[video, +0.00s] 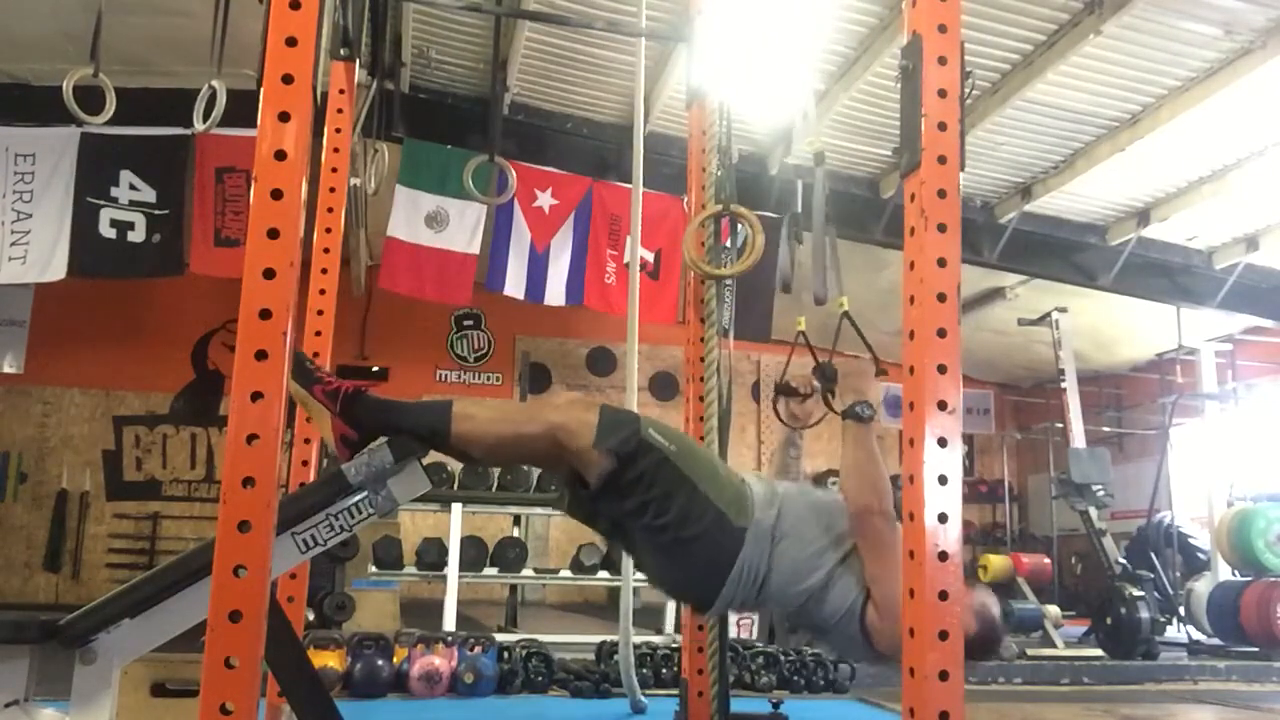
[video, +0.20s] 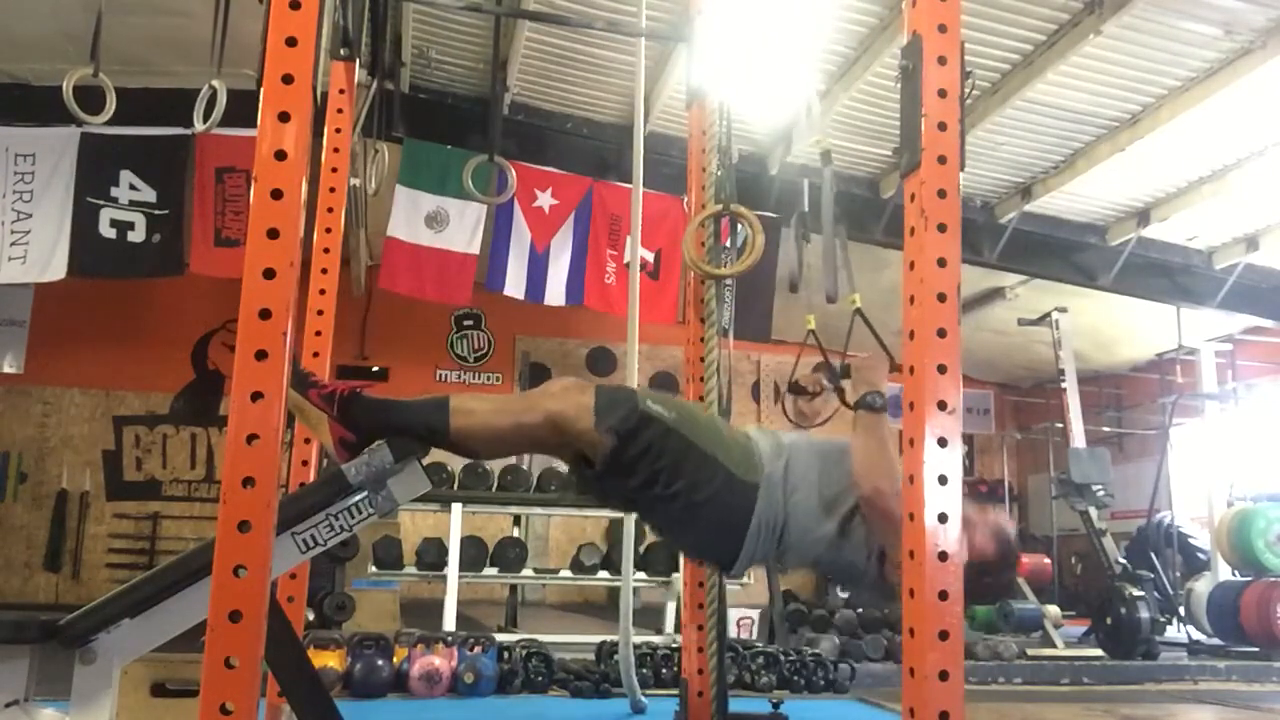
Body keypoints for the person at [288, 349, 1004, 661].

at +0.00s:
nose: (948, 588)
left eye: (958, 611)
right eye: (962, 590)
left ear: (951, 642)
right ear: (950, 590)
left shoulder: (905, 639)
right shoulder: (903, 585)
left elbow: (874, 517)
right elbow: (869, 515)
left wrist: (861, 408)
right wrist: (843, 407)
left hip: (736, 548)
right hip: (736, 513)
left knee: (586, 425)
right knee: (563, 431)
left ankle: (369, 414)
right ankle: (382, 422)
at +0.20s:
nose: (970, 515)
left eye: (980, 528)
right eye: (982, 515)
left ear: (965, 559)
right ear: (969, 526)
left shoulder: (916, 559)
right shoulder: (910, 543)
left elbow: (872, 462)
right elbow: (865, 439)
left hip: (746, 494)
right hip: (739, 485)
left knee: (571, 410)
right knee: (562, 413)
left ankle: (366, 413)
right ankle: (376, 419)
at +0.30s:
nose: (986, 467)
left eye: (995, 478)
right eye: (991, 463)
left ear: (989, 508)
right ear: (978, 460)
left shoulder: (939, 528)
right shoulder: (930, 469)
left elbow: (887, 486)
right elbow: (876, 464)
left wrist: (917, 408)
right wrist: (883, 398)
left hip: (754, 468)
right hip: (745, 454)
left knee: (570, 407)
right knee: (560, 407)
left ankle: (365, 414)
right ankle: (373, 416)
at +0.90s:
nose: (926, 448)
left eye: (937, 463)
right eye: (934, 449)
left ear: (933, 495)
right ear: (922, 457)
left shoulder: (887, 511)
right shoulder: (875, 462)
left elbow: (844, 477)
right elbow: (832, 427)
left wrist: (843, 396)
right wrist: (842, 382)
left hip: (709, 434)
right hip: (702, 414)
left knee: (538, 327)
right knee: (528, 353)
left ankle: (360, 415)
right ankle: (370, 416)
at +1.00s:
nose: (912, 420)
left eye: (921, 429)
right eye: (921, 421)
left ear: (926, 459)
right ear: (922, 436)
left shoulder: (879, 495)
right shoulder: (865, 442)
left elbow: (810, 476)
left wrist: (813, 390)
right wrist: (813, 371)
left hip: (680, 425)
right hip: (677, 404)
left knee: (507, 312)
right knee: (501, 320)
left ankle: (342, 424)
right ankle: (348, 410)